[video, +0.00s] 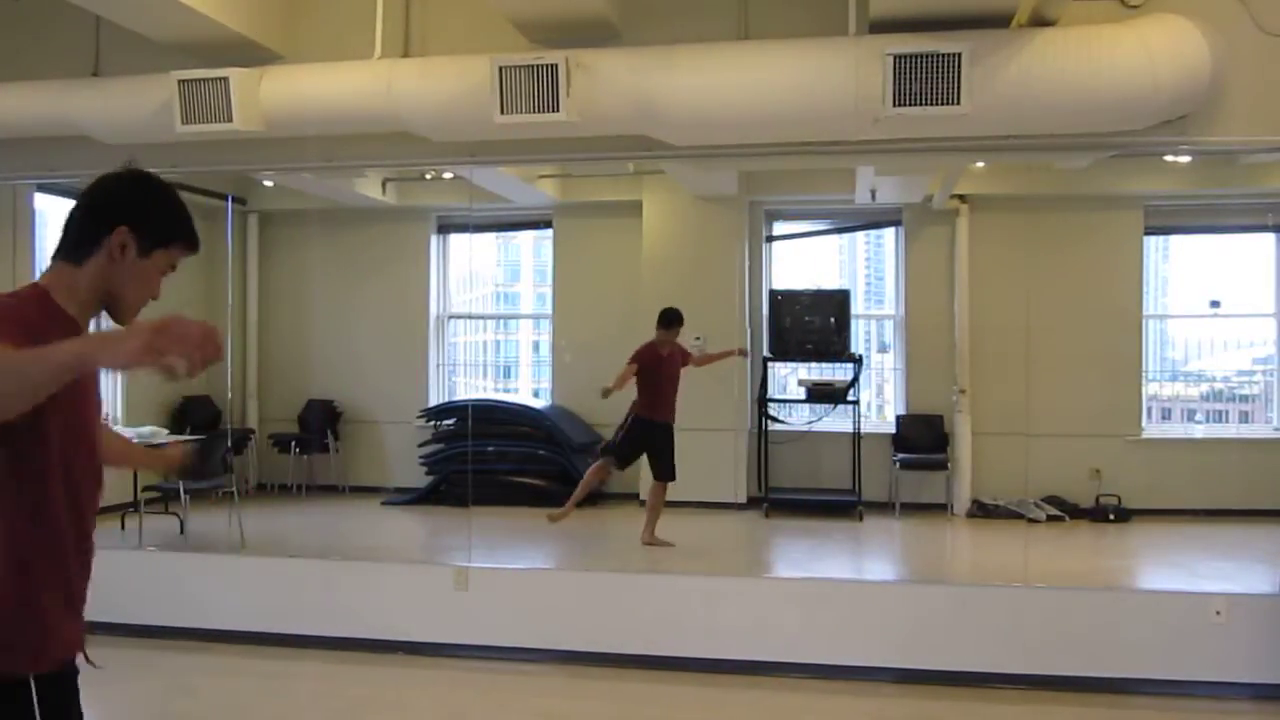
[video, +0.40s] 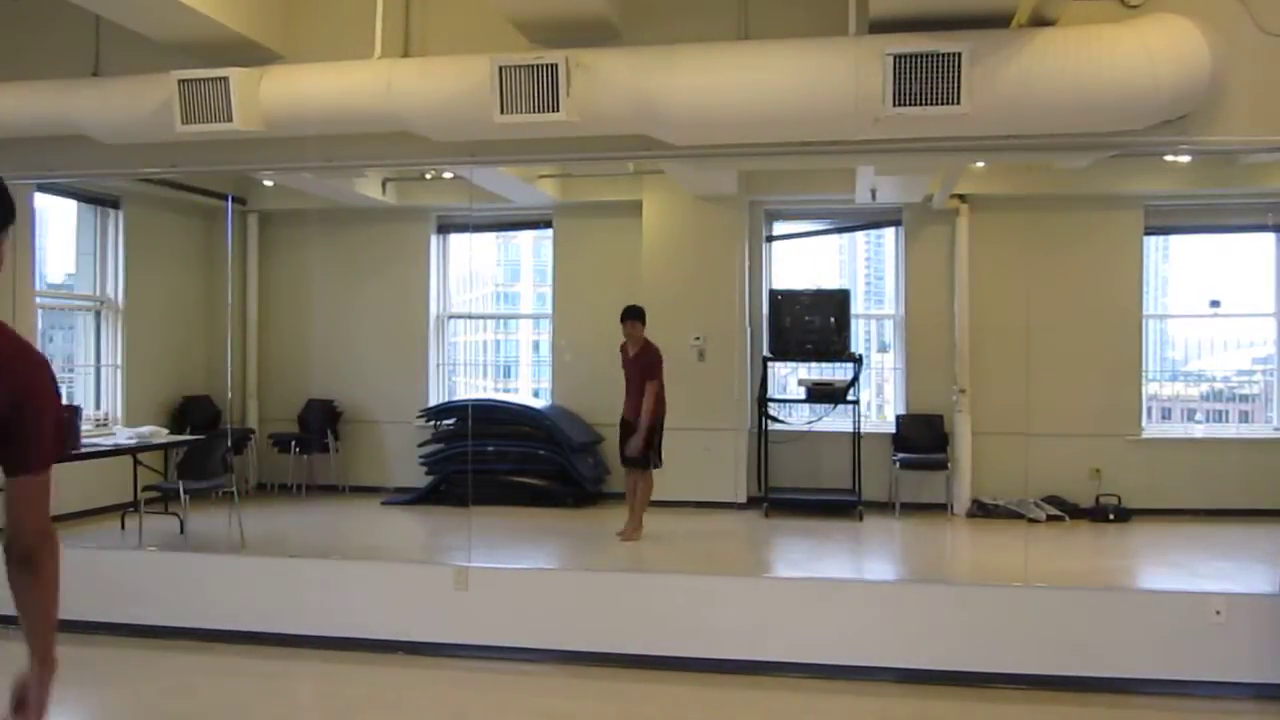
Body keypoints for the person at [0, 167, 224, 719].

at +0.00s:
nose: (160, 290)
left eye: (168, 274)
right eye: (164, 270)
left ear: (123, 249)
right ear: (120, 245)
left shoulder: (73, 337)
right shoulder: (16, 320)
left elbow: (83, 436)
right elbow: (8, 396)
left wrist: (162, 458)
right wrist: (110, 348)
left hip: (49, 634)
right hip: (11, 644)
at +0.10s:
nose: (127, 263)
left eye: (137, 247)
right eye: (133, 242)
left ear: (94, 216)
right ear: (99, 215)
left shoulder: (36, 283)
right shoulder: (22, 271)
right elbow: (28, 328)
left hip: (22, 599)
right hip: (11, 603)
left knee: (36, 707)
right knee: (30, 709)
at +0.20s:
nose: (84, 264)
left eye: (91, 248)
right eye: (88, 245)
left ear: (48, 225)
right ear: (59, 226)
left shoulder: (14, 294)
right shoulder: (14, 298)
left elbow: (70, 417)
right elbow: (82, 412)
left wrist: (127, 427)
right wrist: (262, 484)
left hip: (8, 603)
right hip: (4, 604)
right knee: (20, 707)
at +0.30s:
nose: (27, 287)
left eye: (28, 269)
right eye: (27, 268)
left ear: (11, 263)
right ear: (8, 263)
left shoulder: (17, 377)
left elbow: (74, 554)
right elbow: (73, 554)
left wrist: (162, 695)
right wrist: (164, 696)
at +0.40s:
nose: (6, 254)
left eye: (3, 241)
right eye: (8, 241)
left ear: (3, 250)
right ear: (4, 250)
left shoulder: (21, 368)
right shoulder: (18, 368)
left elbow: (27, 543)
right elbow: (27, 543)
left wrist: (40, 665)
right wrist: (42, 666)